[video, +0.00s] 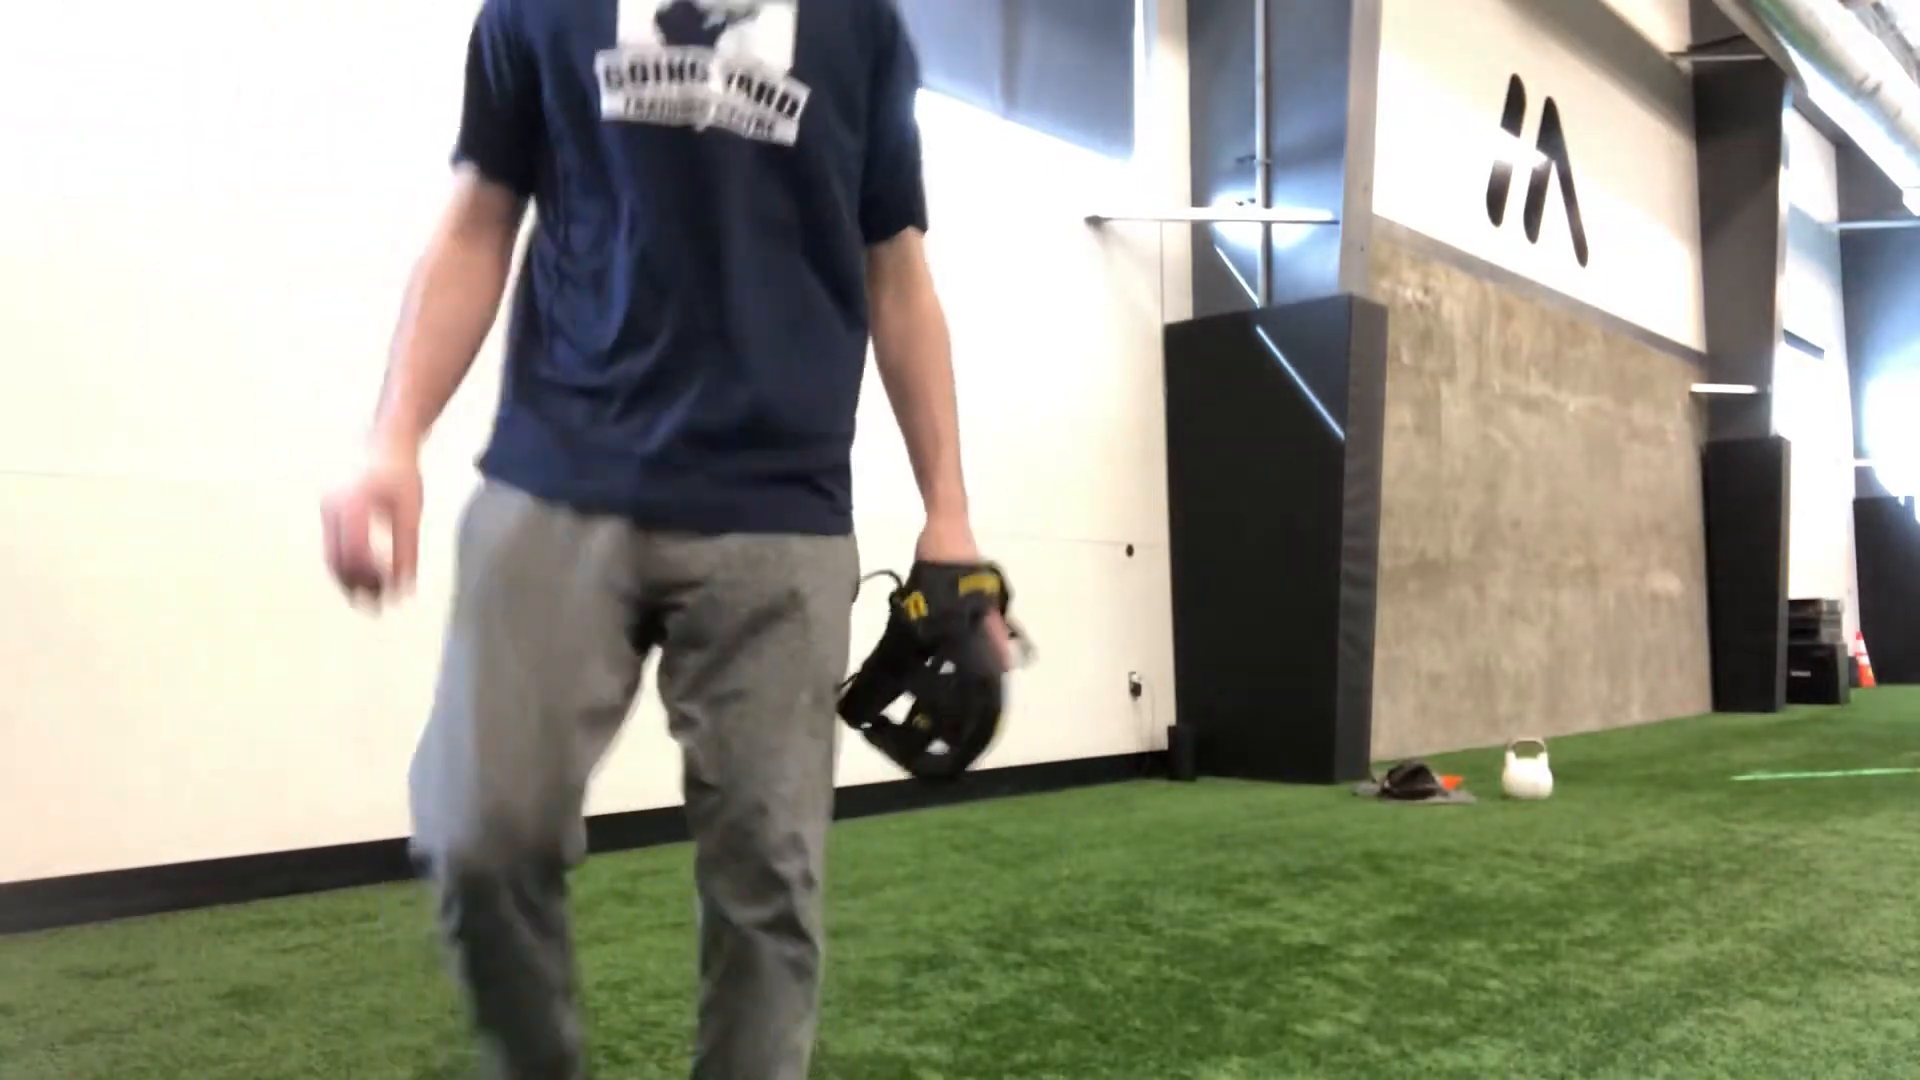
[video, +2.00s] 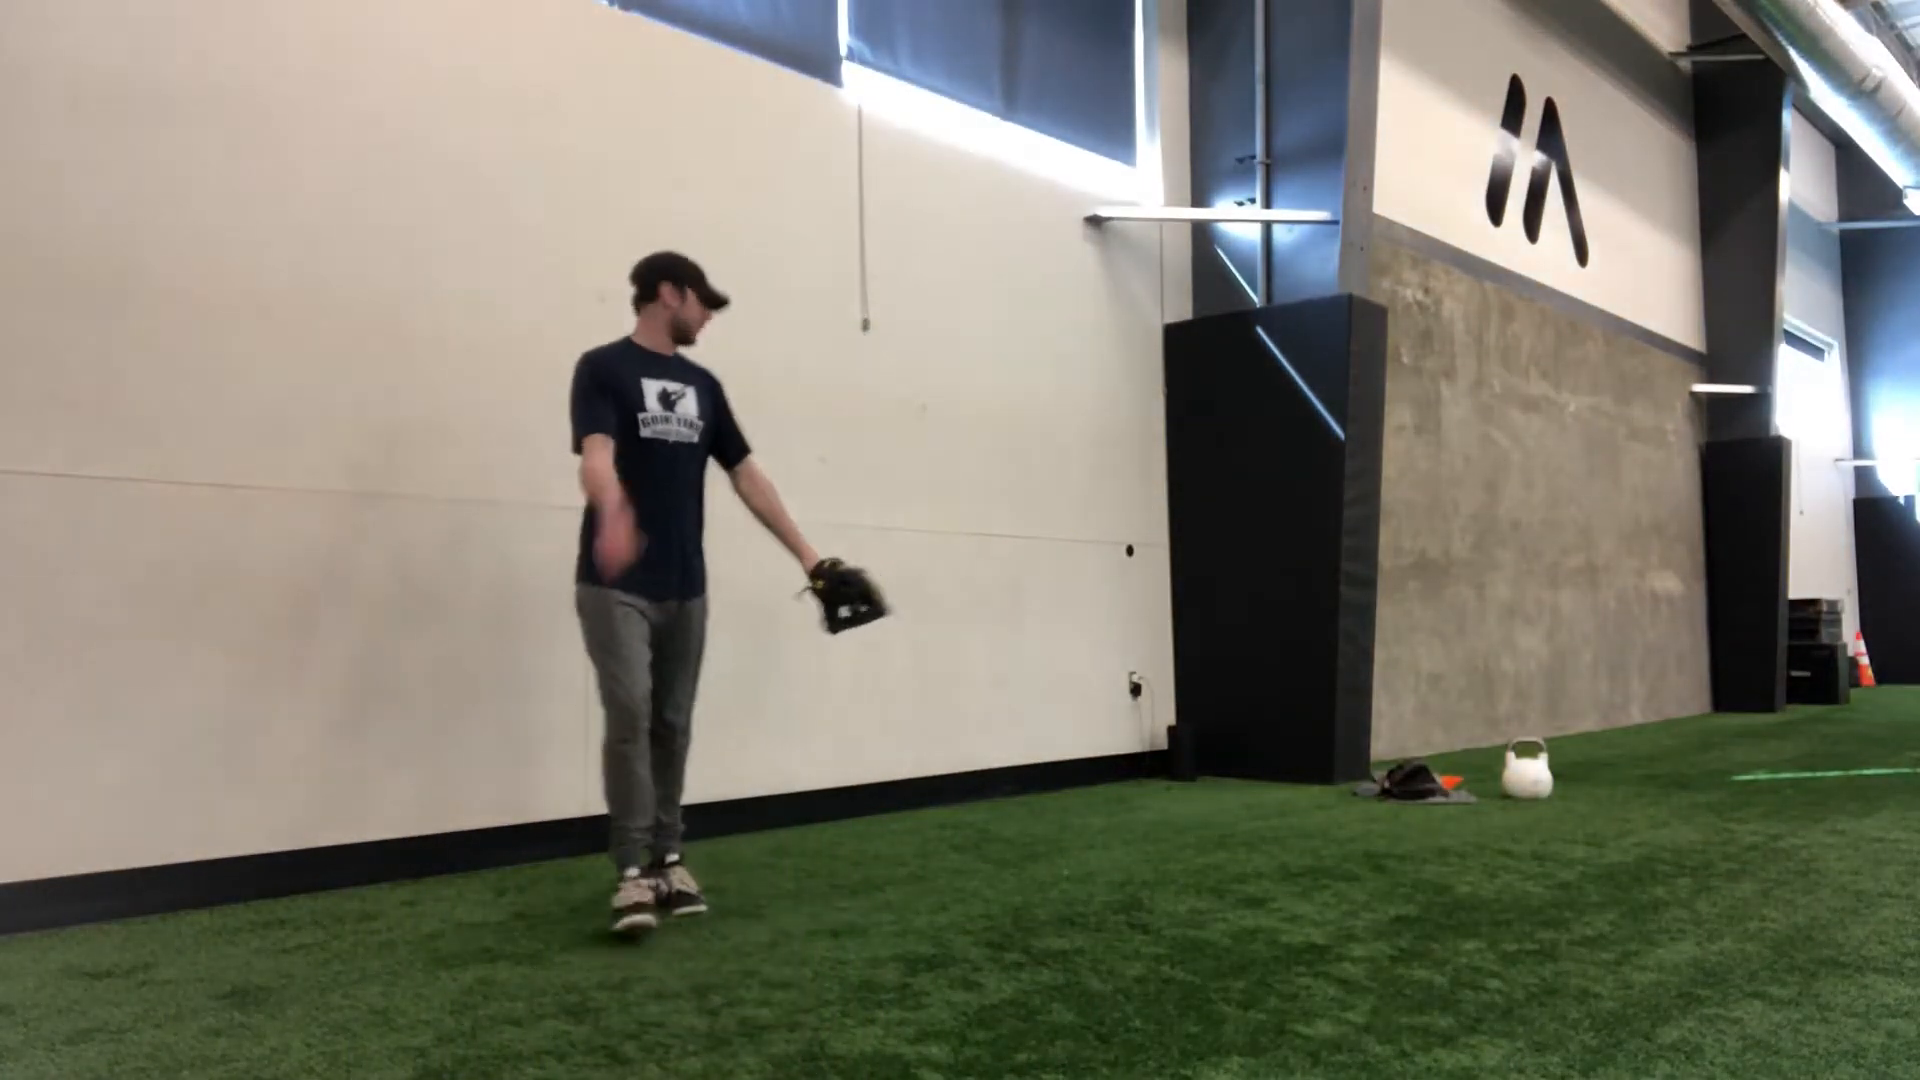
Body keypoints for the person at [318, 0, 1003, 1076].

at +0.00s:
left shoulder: (858, 20)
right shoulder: (533, 12)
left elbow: (897, 273)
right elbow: (475, 229)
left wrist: (948, 519)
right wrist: (395, 443)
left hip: (778, 505)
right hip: (554, 491)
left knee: (769, 878)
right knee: (480, 844)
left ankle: (753, 1071)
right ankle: (542, 1067)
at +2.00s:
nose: (708, 316)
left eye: (708, 305)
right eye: (702, 303)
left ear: (673, 299)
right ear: (666, 295)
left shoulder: (701, 385)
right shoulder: (602, 368)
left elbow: (748, 476)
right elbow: (595, 459)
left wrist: (809, 556)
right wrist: (614, 509)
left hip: (682, 582)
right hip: (616, 580)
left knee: (671, 723)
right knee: (630, 716)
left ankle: (666, 861)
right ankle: (633, 871)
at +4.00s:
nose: (625, 385)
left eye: (628, 375)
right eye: (612, 376)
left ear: (634, 383)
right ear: (581, 383)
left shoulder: (637, 448)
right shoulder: (535, 438)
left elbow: (624, 505)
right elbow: (452, 476)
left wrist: (622, 544)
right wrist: (495, 548)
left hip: (580, 598)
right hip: (514, 600)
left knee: (612, 702)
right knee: (508, 716)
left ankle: (583, 824)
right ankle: (482, 849)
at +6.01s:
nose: (1083, 388)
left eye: (1086, 376)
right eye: (1070, 377)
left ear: (1090, 381)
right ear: (1033, 382)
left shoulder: (1112, 462)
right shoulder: (987, 447)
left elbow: (1141, 551)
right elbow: (912, 495)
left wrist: (1091, 552)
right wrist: (953, 565)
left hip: (1071, 628)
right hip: (992, 618)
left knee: (1111, 759)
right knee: (958, 713)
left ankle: (1004, 846)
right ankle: (944, 836)